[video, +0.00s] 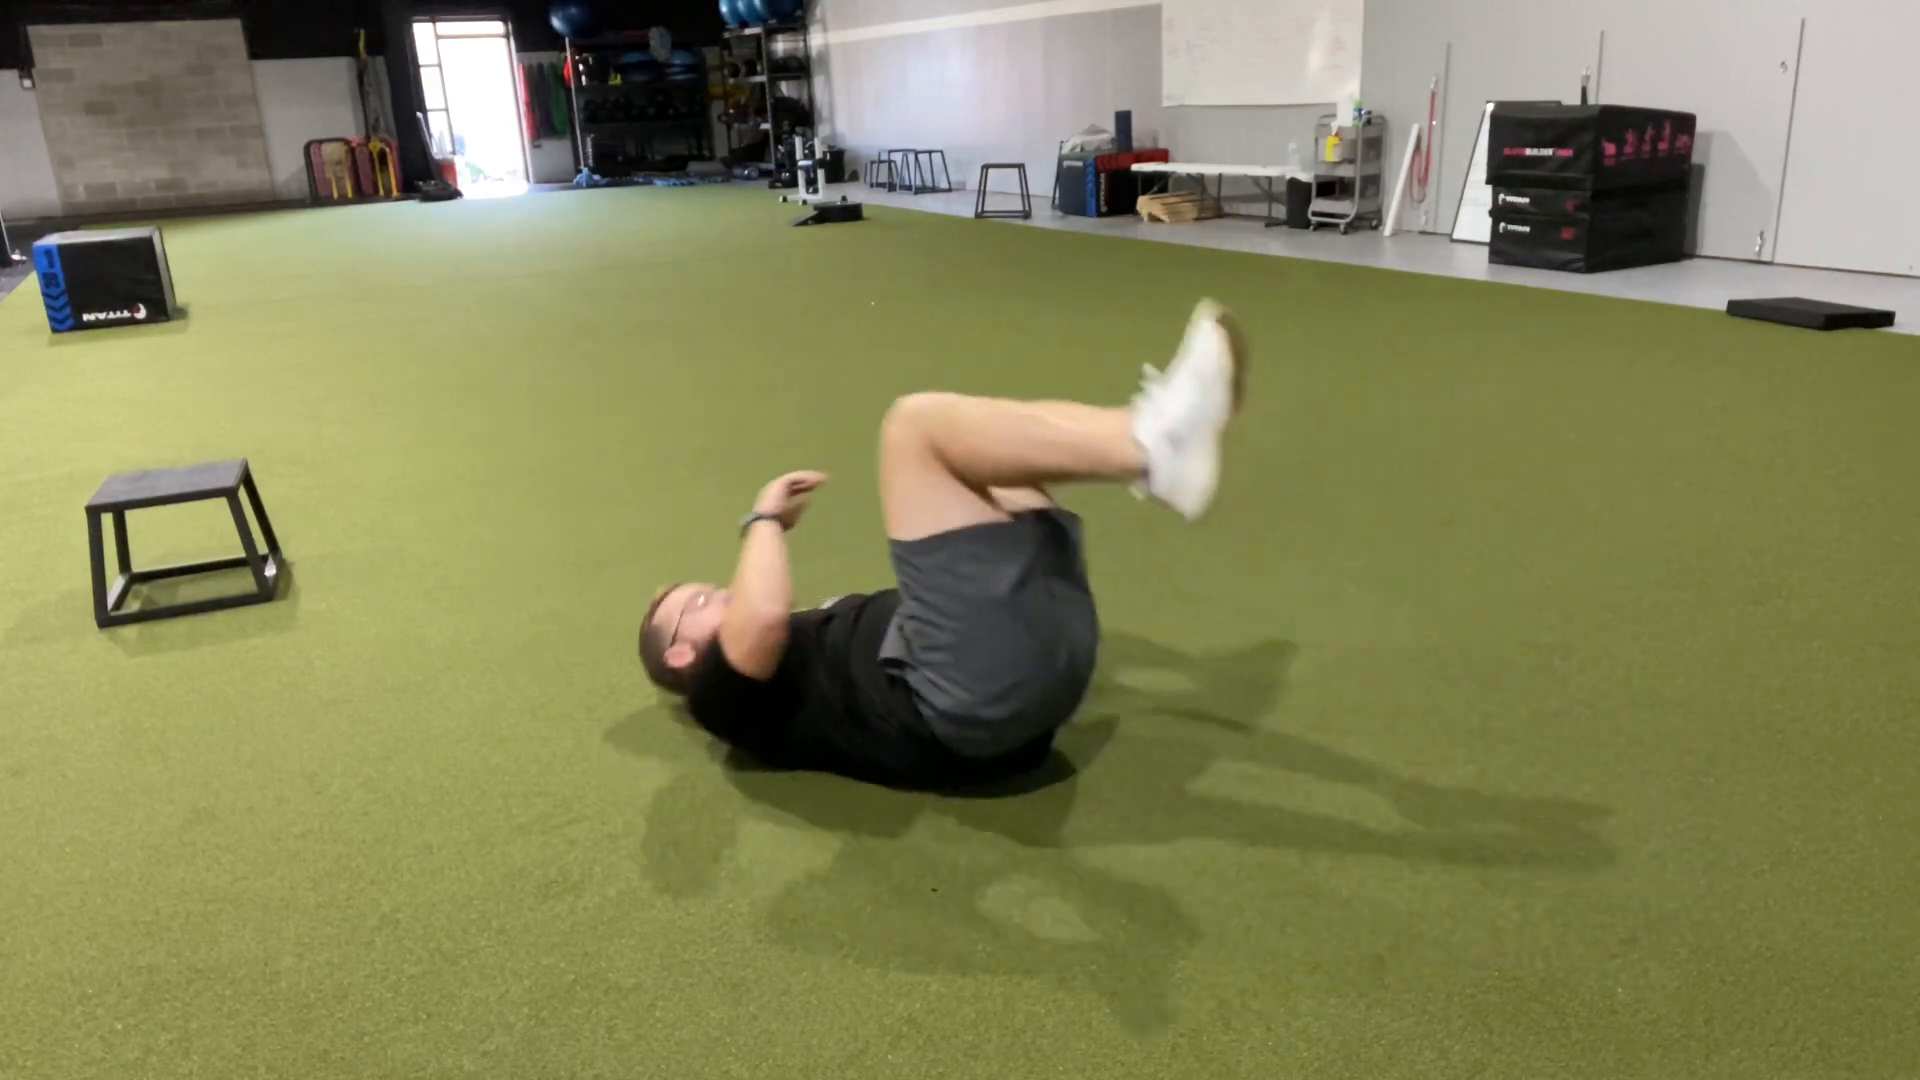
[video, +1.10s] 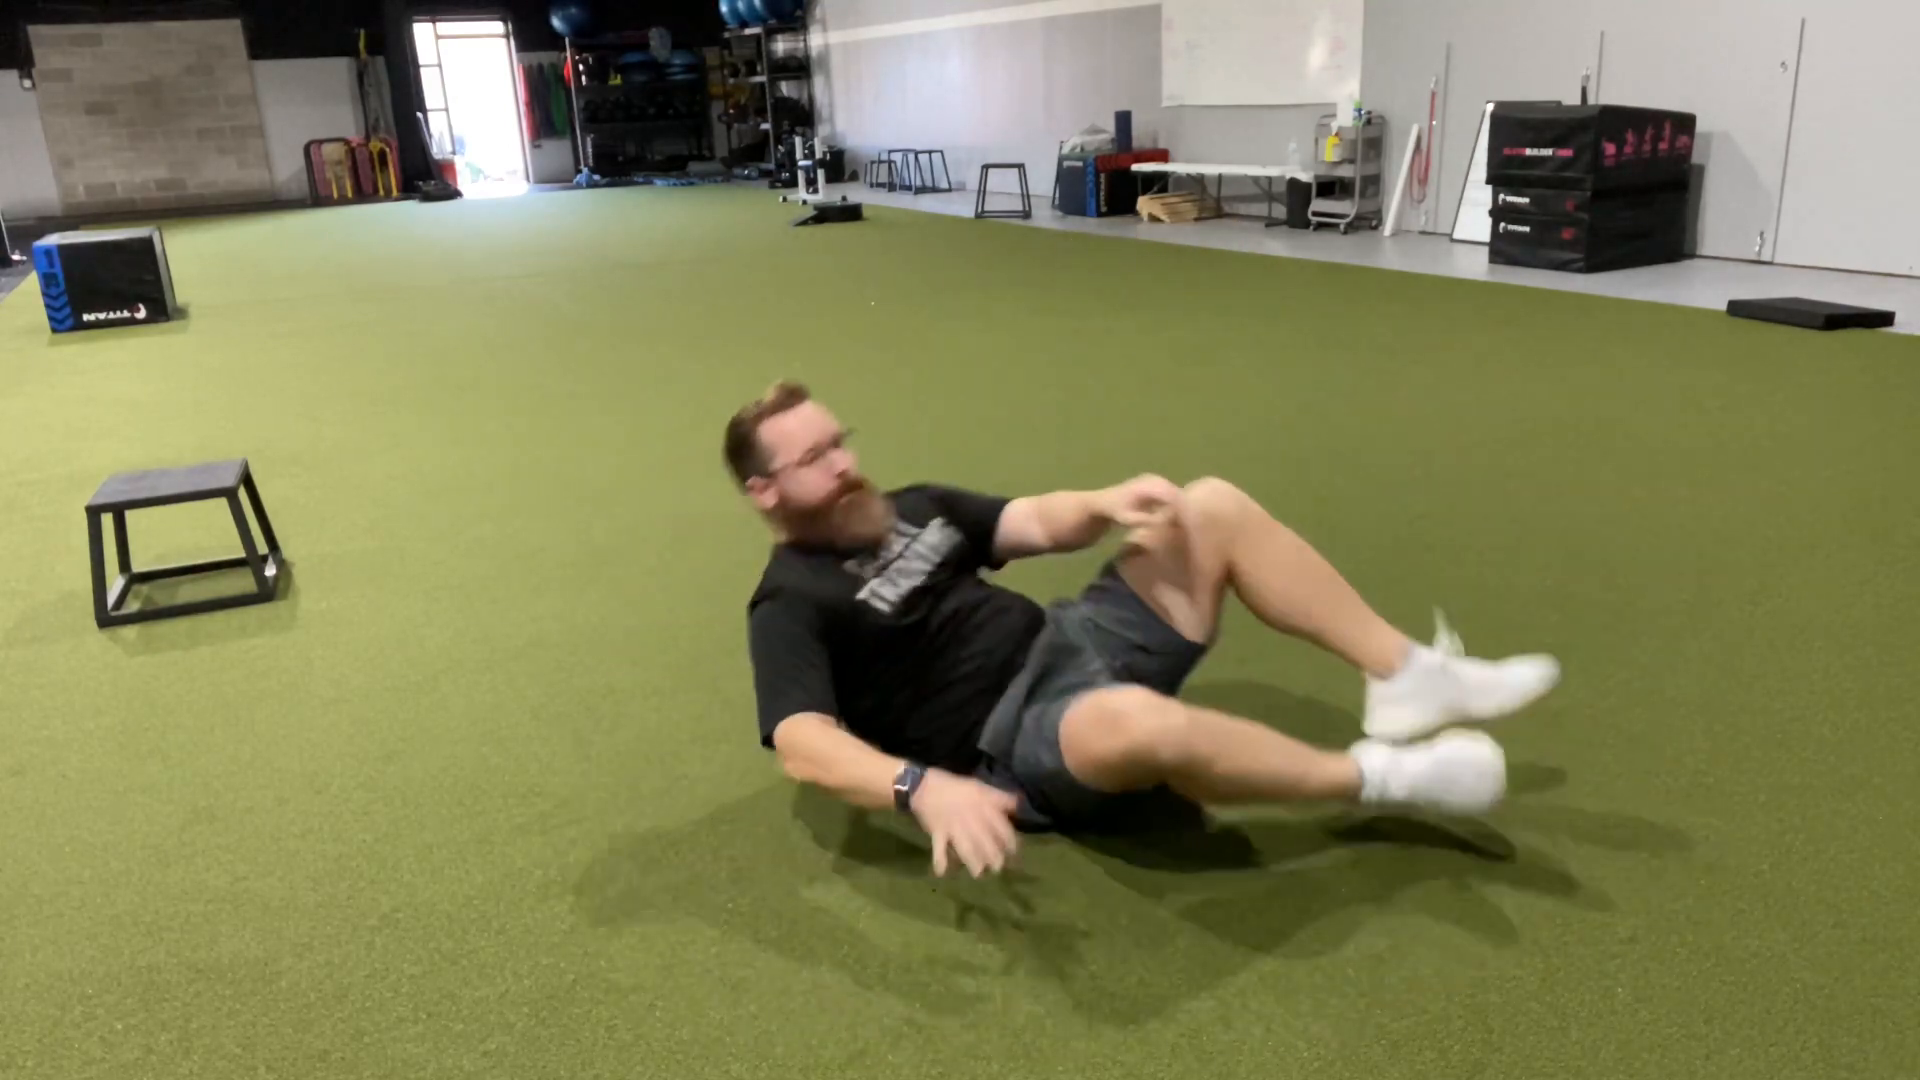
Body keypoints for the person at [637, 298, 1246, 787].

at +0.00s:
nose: (706, 596)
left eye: (702, 590)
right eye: (683, 610)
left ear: (726, 595)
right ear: (681, 660)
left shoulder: (792, 653)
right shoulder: (719, 690)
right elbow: (763, 624)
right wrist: (766, 518)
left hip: (1032, 675)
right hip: (967, 691)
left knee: (989, 453)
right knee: (914, 427)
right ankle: (1149, 449)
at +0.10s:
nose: (676, 617)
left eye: (670, 612)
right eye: (661, 629)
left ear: (695, 620)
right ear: (665, 680)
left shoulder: (788, 665)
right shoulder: (709, 707)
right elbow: (724, 631)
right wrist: (709, 538)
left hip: (1023, 648)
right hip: (950, 668)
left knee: (931, 432)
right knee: (852, 419)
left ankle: (1100, 382)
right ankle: (1088, 402)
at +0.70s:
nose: (696, 590)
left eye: (689, 584)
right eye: (671, 603)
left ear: (713, 596)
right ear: (661, 659)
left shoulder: (774, 631)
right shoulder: (699, 701)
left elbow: (905, 602)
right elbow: (745, 722)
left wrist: (877, 513)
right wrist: (771, 603)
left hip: (1002, 630)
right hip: (956, 689)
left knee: (966, 377)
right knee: (899, 464)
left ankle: (1175, 407)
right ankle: (1168, 479)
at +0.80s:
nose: (728, 566)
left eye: (721, 557)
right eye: (703, 573)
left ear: (741, 568)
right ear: (675, 626)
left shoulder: (820, 597)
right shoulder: (711, 683)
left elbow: (928, 589)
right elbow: (756, 736)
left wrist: (915, 506)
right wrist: (828, 634)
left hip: (1011, 653)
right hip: (967, 720)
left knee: (1022, 401)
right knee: (974, 518)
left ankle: (1244, 458)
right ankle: (1235, 540)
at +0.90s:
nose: (755, 533)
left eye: (750, 519)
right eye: (728, 538)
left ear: (770, 526)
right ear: (698, 587)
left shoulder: (852, 571)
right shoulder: (734, 659)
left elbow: (962, 561)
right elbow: (774, 733)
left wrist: (974, 506)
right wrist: (875, 683)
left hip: (1048, 656)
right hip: (996, 744)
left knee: (1089, 440)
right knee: (1048, 593)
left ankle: (1313, 530)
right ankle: (1304, 619)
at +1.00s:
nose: (796, 506)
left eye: (789, 488)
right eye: (767, 505)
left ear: (801, 489)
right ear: (725, 547)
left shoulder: (874, 548)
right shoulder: (756, 638)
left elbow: (983, 545)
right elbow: (792, 738)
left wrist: (1030, 504)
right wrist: (906, 731)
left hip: (1058, 635)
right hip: (1005, 742)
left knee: (1148, 475)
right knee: (1096, 661)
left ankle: (1366, 596)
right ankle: (1345, 695)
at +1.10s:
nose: (845, 463)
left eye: (841, 443)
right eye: (817, 458)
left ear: (846, 442)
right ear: (765, 496)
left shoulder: (912, 509)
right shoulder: (787, 611)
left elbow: (1027, 524)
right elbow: (801, 742)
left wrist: (1105, 504)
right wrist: (923, 787)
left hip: (1078, 639)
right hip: (1018, 733)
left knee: (1210, 506)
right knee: (1143, 726)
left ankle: (1411, 675)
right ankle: (1377, 778)